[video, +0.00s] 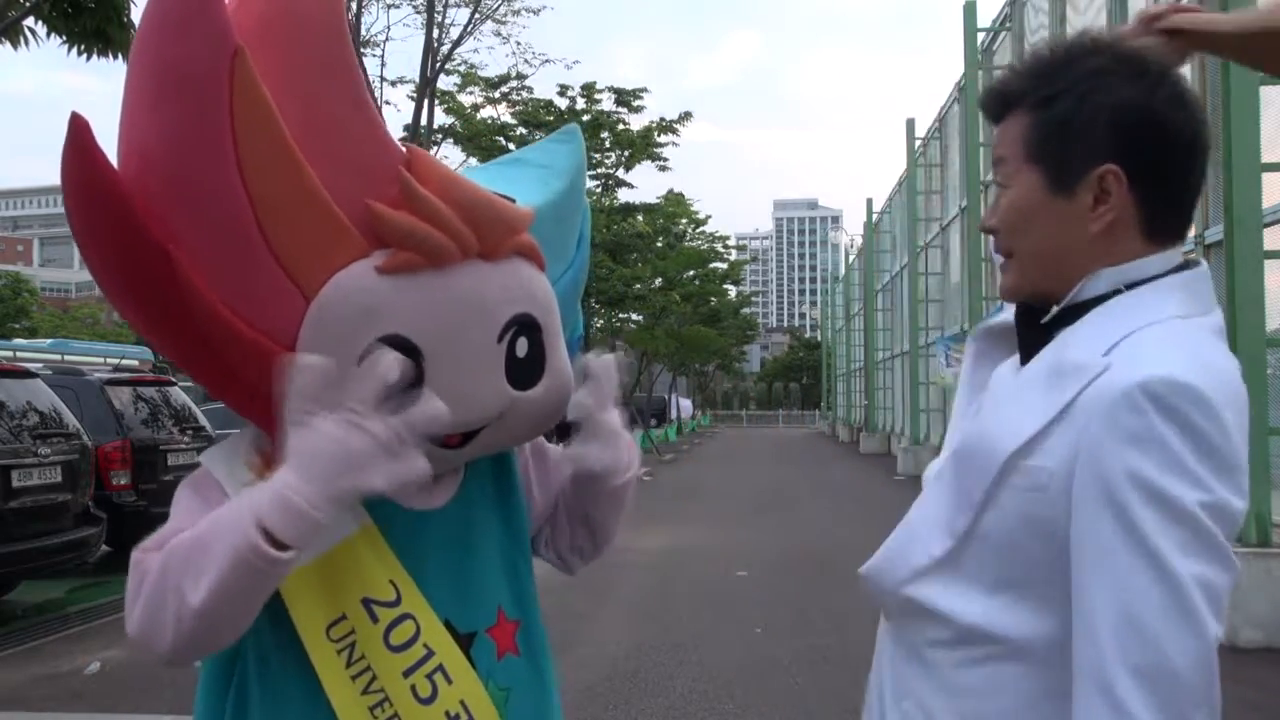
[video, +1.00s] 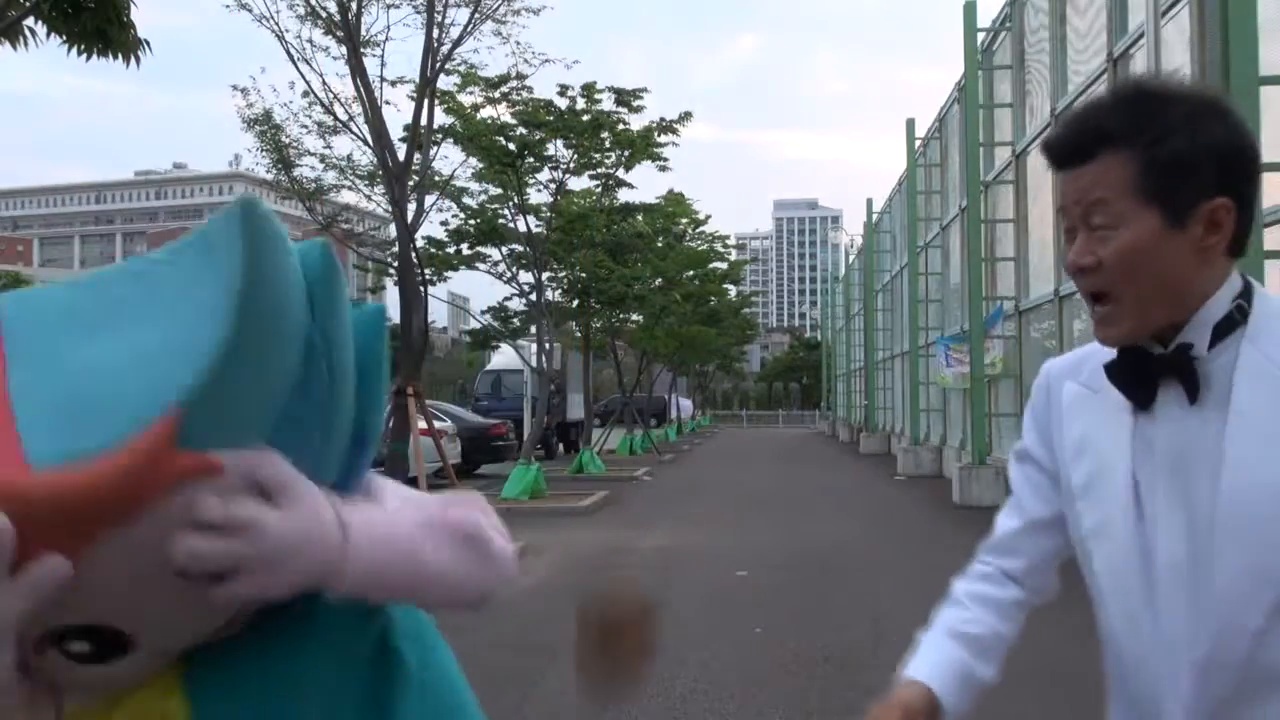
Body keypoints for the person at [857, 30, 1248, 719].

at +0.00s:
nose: (986, 219)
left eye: (1002, 184)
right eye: (992, 187)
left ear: (1102, 198)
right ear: (1099, 200)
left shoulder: (1153, 385)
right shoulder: (1074, 337)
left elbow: (1145, 699)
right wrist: (1118, 71)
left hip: (989, 703)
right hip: (917, 691)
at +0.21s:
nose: (948, 196)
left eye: (962, 159)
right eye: (954, 161)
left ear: (1060, 182)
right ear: (1057, 184)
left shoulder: (1202, 387)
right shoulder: (976, 306)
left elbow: (1218, 705)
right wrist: (786, 250)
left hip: (1083, 707)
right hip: (947, 698)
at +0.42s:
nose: (1058, 197)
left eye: (1082, 159)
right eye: (1067, 162)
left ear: (1184, 179)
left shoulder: (1256, 382)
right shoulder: (1060, 319)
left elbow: (1247, 694)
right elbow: (919, 365)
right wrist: (750, 326)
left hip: (1087, 705)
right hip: (947, 688)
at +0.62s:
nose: (1114, 220)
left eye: (1145, 186)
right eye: (1122, 189)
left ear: (1261, 212)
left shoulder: (1270, 394)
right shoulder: (1114, 338)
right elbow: (976, 448)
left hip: (1149, 703)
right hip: (993, 698)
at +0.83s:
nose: (1090, 230)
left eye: (1118, 196)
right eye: (1088, 200)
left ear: (1238, 206)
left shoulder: (1269, 362)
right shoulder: (1078, 357)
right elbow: (989, 520)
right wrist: (866, 607)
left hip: (1236, 704)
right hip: (1080, 703)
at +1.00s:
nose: (1075, 258)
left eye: (1101, 226)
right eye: (1069, 232)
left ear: (1213, 226)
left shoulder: (1272, 368)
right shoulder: (1067, 394)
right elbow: (1005, 575)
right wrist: (921, 693)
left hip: (1263, 703)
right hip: (1139, 706)